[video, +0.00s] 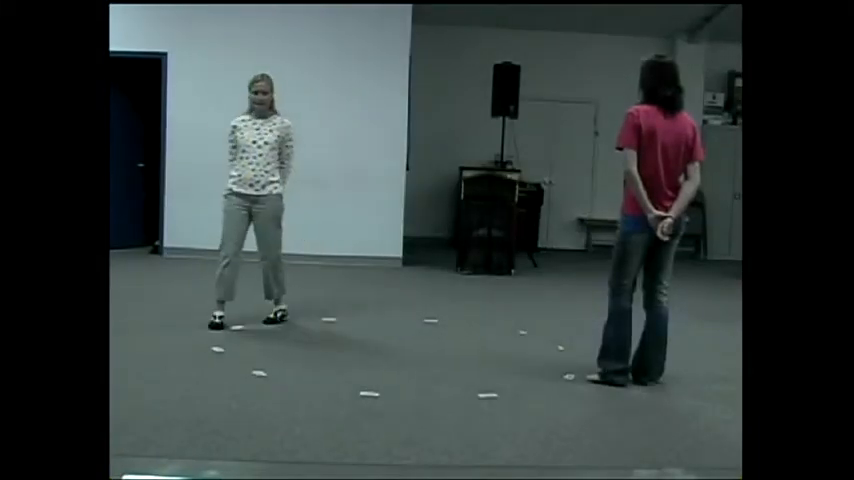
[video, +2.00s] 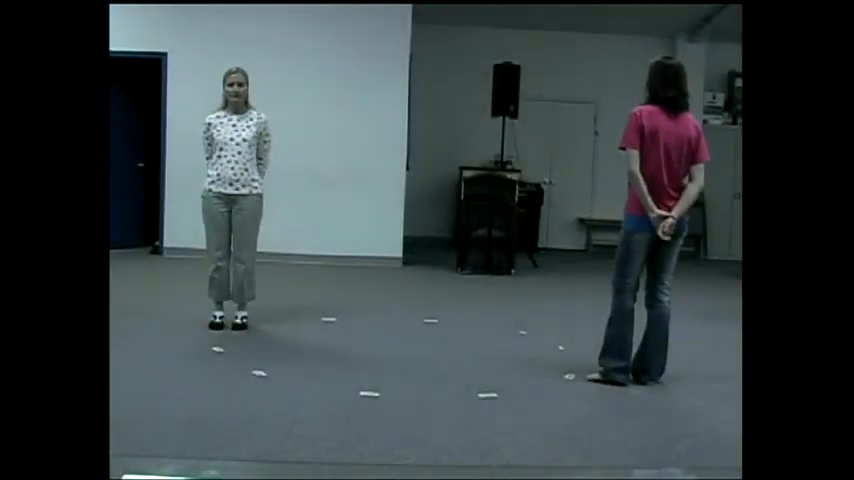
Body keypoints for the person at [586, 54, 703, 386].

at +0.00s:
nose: (641, 86)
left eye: (642, 80)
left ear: (646, 84)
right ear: (676, 85)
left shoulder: (637, 116)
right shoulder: (688, 124)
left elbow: (630, 168)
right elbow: (693, 178)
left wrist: (650, 210)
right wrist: (673, 216)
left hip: (638, 219)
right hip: (671, 220)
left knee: (622, 290)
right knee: (658, 292)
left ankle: (614, 368)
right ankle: (649, 370)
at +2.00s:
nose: (649, 85)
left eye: (651, 79)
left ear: (653, 84)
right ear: (683, 86)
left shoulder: (641, 116)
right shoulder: (692, 126)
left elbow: (633, 169)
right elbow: (697, 180)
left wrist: (652, 210)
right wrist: (674, 216)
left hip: (641, 218)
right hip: (674, 220)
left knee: (625, 291)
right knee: (660, 293)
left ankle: (615, 368)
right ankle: (649, 370)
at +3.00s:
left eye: (645, 82)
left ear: (641, 86)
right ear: (672, 90)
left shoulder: (624, 118)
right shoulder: (679, 127)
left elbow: (613, 163)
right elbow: (680, 178)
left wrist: (630, 206)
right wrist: (653, 211)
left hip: (625, 213)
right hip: (660, 216)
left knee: (618, 289)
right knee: (652, 291)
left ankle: (608, 353)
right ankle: (648, 369)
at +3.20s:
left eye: (632, 82)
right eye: (650, 83)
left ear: (628, 86)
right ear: (658, 89)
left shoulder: (613, 119)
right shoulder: (667, 126)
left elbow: (602, 165)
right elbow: (668, 177)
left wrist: (620, 203)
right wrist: (642, 209)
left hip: (614, 210)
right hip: (650, 213)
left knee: (611, 286)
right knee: (645, 285)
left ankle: (607, 354)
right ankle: (645, 363)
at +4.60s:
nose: (566, 101)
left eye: (567, 96)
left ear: (569, 100)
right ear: (592, 101)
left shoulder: (560, 129)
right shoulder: (600, 133)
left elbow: (554, 170)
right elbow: (604, 173)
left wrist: (571, 201)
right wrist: (590, 202)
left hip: (562, 205)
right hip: (589, 205)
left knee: (557, 265)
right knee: (580, 266)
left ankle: (548, 320)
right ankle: (586, 331)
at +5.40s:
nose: (558, 94)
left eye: (561, 90)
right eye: (559, 89)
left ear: (569, 95)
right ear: (584, 96)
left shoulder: (562, 121)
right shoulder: (594, 125)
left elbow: (572, 157)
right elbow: (606, 160)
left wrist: (590, 186)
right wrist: (603, 186)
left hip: (575, 198)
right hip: (599, 196)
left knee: (573, 259)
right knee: (596, 255)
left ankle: (577, 322)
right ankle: (610, 323)